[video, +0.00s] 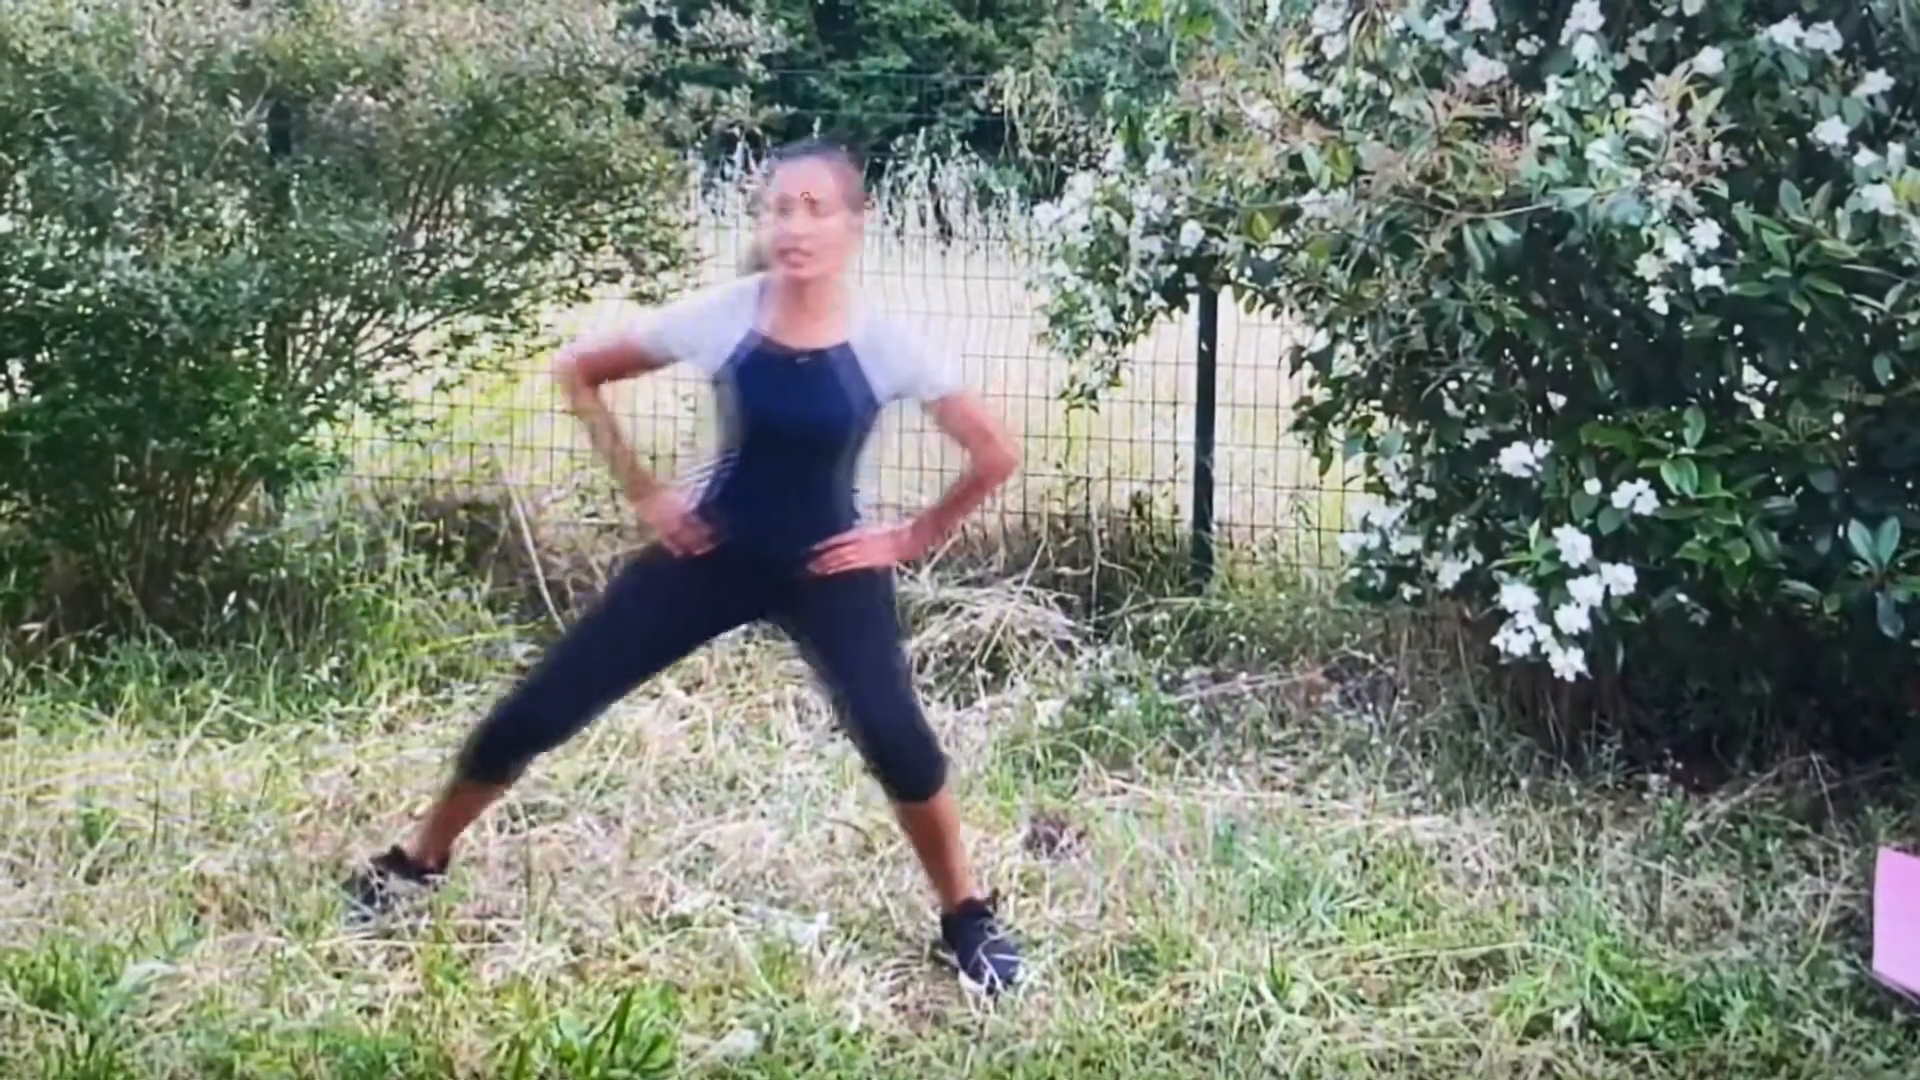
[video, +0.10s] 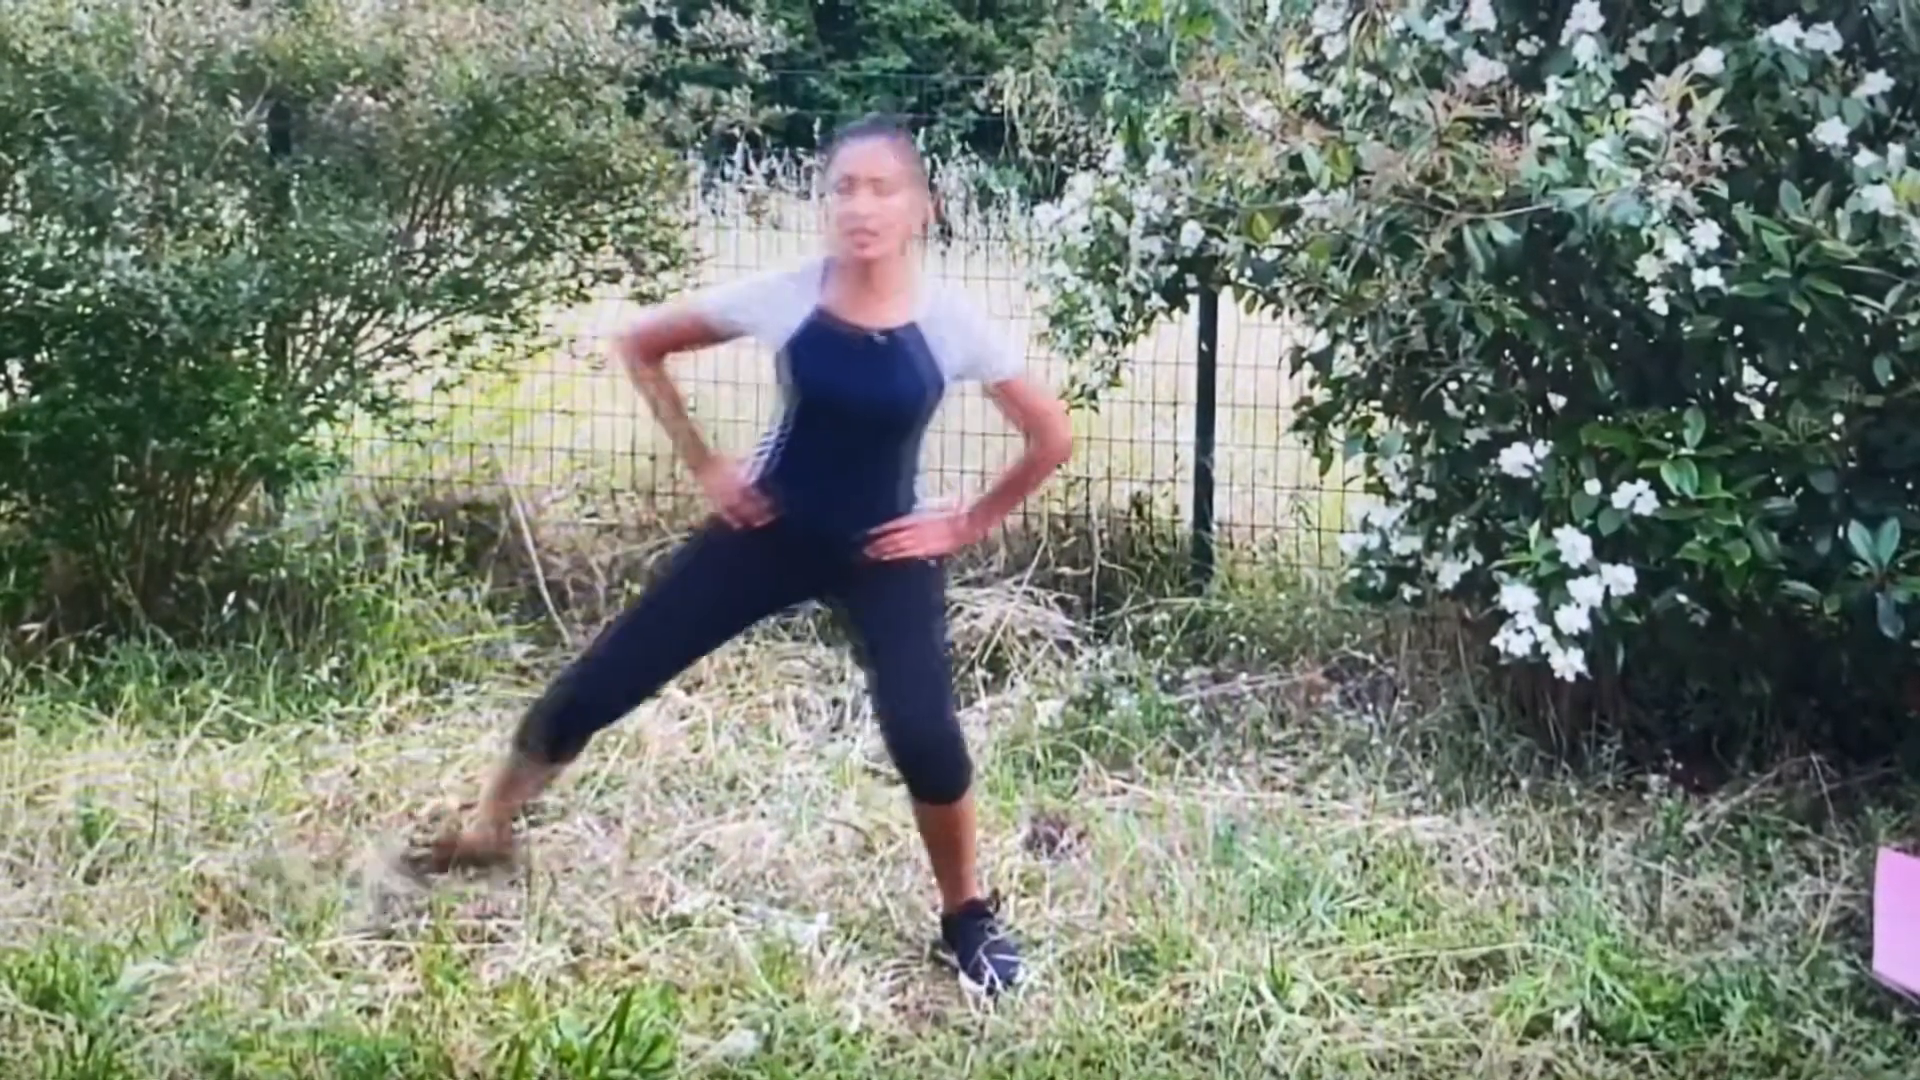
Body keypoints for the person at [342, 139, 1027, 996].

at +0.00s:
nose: (795, 228)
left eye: (817, 209)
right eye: (780, 209)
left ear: (857, 229)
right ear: (760, 225)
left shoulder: (885, 341)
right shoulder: (723, 318)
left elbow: (998, 454)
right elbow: (574, 372)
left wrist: (914, 539)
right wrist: (646, 491)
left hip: (834, 573)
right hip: (710, 560)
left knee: (901, 744)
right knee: (532, 715)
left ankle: (967, 919)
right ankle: (417, 861)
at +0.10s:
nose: (862, 208)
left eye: (883, 190)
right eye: (846, 189)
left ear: (922, 209)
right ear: (826, 206)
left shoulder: (950, 320)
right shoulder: (789, 298)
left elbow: (1054, 437)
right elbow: (636, 345)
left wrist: (969, 523)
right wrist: (706, 464)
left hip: (889, 557)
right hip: (768, 537)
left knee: (928, 739)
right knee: (584, 697)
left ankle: (967, 916)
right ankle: (485, 834)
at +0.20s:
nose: (896, 190)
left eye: (918, 172)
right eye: (882, 171)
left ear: (955, 194)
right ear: (860, 188)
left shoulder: (987, 301)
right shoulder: (823, 279)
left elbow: (1093, 423)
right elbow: (682, 330)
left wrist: (1001, 511)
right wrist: (748, 452)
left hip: (928, 540)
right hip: (812, 519)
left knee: (944, 735)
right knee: (658, 683)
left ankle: (968, 916)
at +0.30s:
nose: (909, 173)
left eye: (931, 157)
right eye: (894, 153)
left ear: (965, 179)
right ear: (872, 170)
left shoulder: (999, 279)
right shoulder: (837, 268)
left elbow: (1114, 395)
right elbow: (704, 333)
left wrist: (1031, 496)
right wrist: (776, 448)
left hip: (961, 527)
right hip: (843, 516)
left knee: (977, 727)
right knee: (741, 703)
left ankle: (970, 915)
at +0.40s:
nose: (910, 169)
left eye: (932, 152)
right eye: (896, 149)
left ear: (966, 177)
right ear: (873, 167)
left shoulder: (1004, 273)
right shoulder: (839, 270)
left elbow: (1133, 372)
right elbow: (716, 351)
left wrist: (1060, 478)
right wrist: (796, 465)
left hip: (990, 521)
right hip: (871, 523)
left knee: (1057, 709)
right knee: (803, 735)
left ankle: (1020, 887)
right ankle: (870, 907)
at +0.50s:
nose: (924, 171)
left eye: (947, 155)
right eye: (910, 151)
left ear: (982, 178)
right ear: (885, 169)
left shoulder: (1018, 269)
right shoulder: (857, 278)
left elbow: (1160, 356)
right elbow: (742, 372)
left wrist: (1092, 466)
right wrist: (823, 476)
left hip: (1024, 526)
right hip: (903, 536)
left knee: (1141, 684)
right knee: (820, 741)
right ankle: (869, 908)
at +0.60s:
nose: (955, 181)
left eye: (977, 165)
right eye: (939, 161)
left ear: (1014, 188)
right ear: (913, 181)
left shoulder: (1053, 280)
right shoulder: (889, 287)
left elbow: (1196, 357)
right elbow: (779, 385)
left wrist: (1130, 473)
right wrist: (862, 485)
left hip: (1068, 537)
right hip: (943, 546)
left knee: (1221, 700)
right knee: (829, 741)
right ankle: (867, 908)